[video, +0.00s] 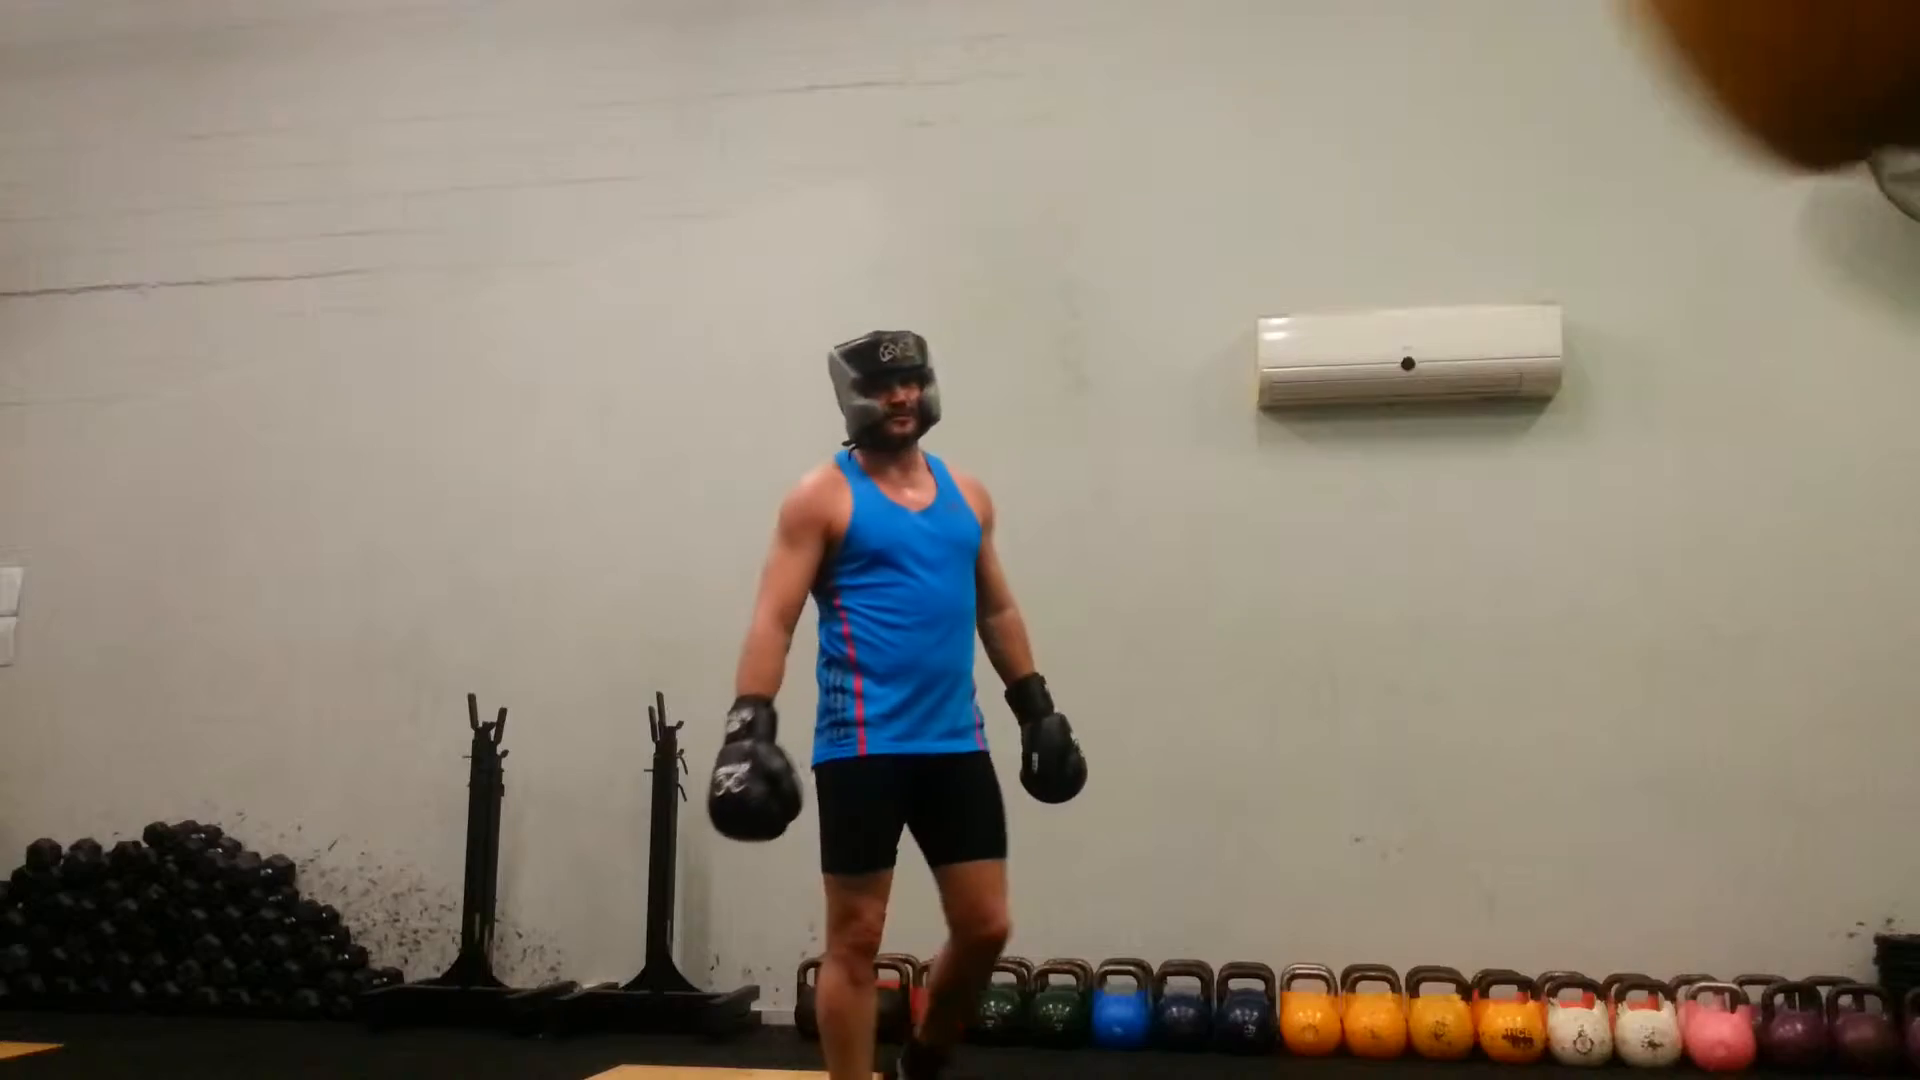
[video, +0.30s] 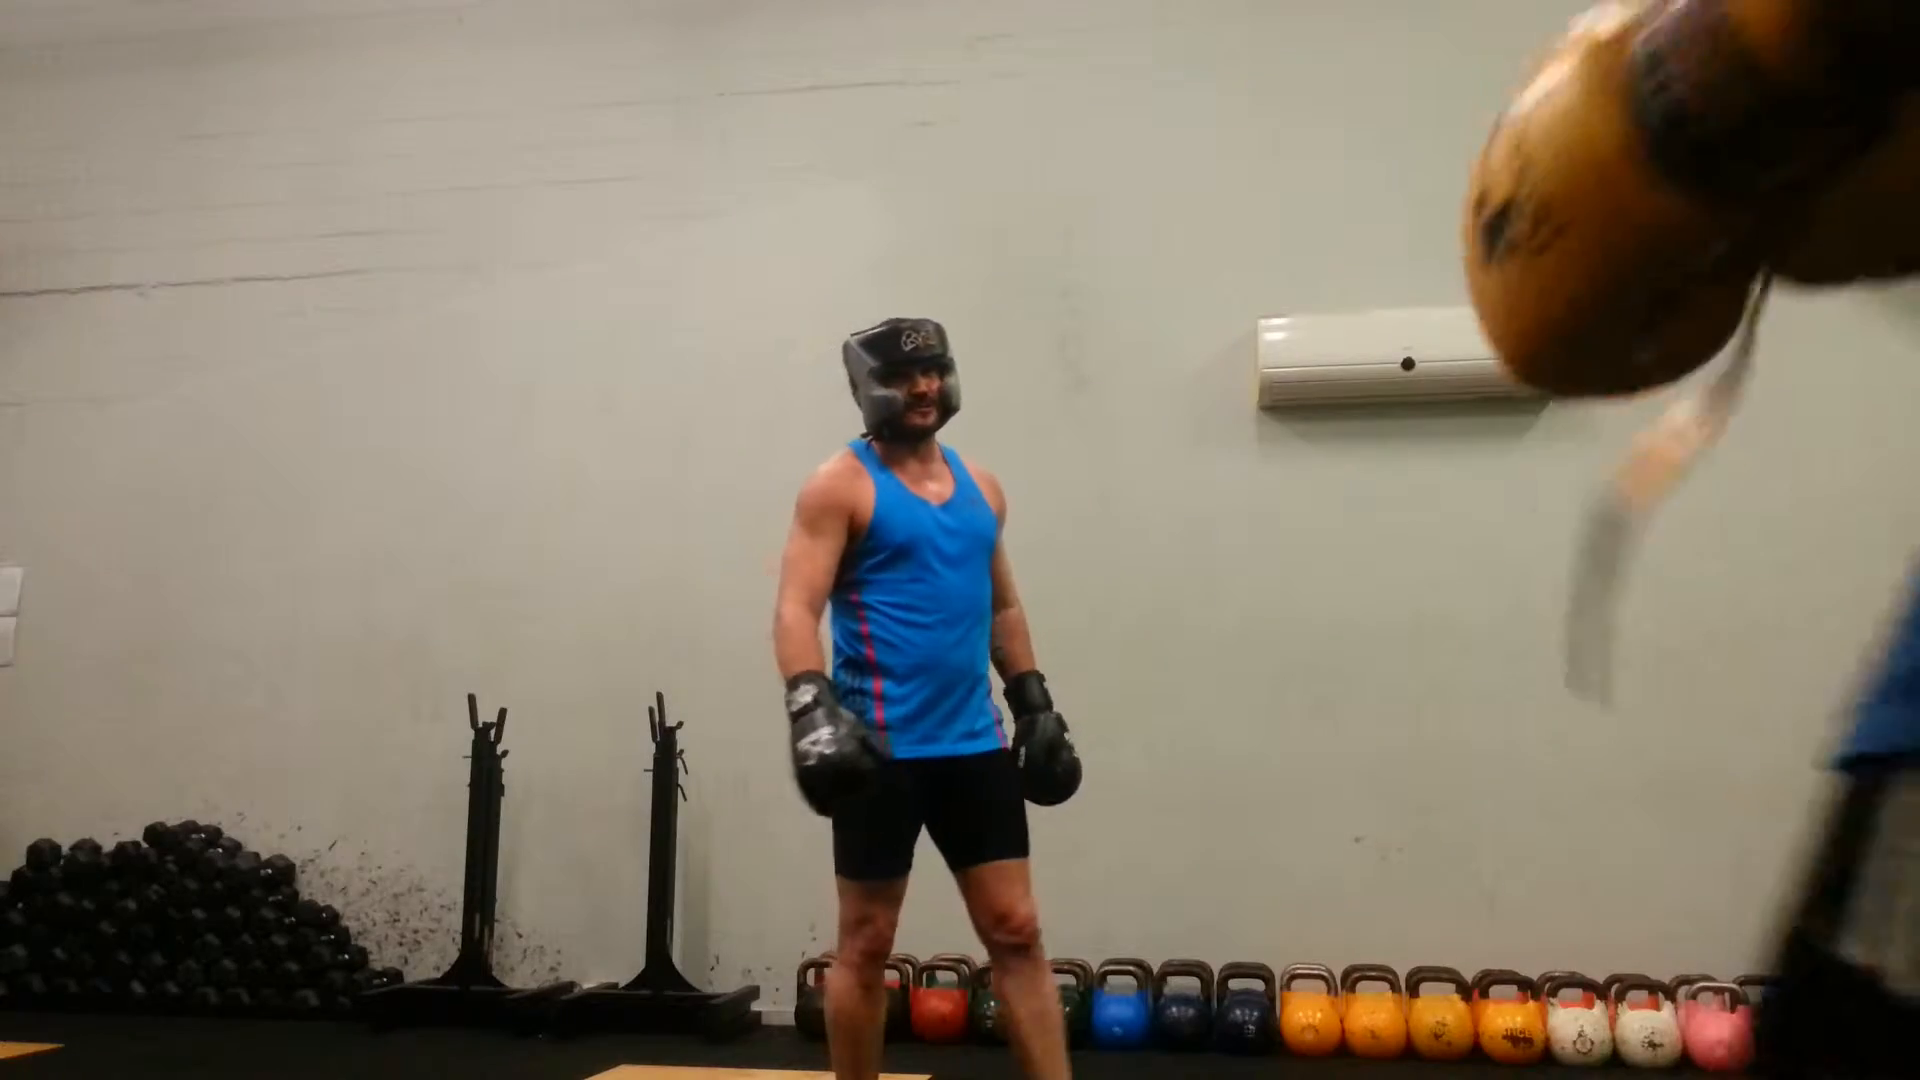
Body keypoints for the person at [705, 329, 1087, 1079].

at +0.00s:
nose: (901, 398)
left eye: (913, 383)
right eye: (880, 386)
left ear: (929, 393)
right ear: (851, 400)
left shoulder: (966, 494)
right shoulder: (821, 498)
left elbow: (997, 609)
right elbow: (775, 618)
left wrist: (1039, 712)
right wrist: (749, 731)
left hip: (954, 744)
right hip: (861, 750)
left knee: (985, 928)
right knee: (856, 937)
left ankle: (923, 1068)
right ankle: (852, 1079)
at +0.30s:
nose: (924, 388)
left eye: (935, 373)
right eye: (903, 376)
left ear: (949, 384)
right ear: (870, 389)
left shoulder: (978, 486)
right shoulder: (838, 487)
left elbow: (1003, 607)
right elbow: (797, 608)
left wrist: (1035, 709)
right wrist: (812, 711)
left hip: (975, 744)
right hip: (877, 749)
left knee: (1017, 931)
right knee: (865, 944)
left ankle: (1054, 1078)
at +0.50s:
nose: (963, 380)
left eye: (974, 365)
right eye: (942, 368)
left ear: (990, 377)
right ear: (905, 382)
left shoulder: (1012, 487)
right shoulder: (872, 486)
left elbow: (1034, 614)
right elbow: (829, 616)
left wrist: (1054, 727)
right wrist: (838, 745)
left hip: (1005, 751)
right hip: (903, 758)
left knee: (1048, 936)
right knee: (883, 948)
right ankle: (861, 1079)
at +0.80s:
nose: (1040, 355)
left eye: (1055, 342)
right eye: (1021, 342)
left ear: (1076, 361)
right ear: (990, 358)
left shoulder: (1104, 483)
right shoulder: (950, 466)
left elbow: (1129, 617)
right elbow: (889, 595)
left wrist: (1152, 739)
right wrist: (856, 724)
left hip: (1092, 748)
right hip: (985, 751)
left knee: (1092, 950)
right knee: (958, 952)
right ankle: (895, 1074)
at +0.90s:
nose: (1068, 353)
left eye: (1082, 340)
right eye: (1048, 341)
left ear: (1104, 358)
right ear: (1018, 358)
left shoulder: (1136, 486)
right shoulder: (976, 466)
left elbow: (1171, 622)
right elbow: (910, 592)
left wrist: (1203, 746)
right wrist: (873, 719)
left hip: (1118, 748)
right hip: (1014, 747)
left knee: (1108, 950)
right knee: (1004, 954)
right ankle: (923, 1068)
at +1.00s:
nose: (1085, 360)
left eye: (1099, 343)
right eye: (1068, 342)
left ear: (1122, 362)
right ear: (1041, 357)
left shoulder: (1160, 486)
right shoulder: (996, 460)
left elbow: (1207, 623)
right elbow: (931, 586)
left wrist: (1253, 728)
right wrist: (897, 705)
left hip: (1136, 737)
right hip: (1035, 733)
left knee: (1117, 951)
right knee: (1046, 943)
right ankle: (969, 1073)